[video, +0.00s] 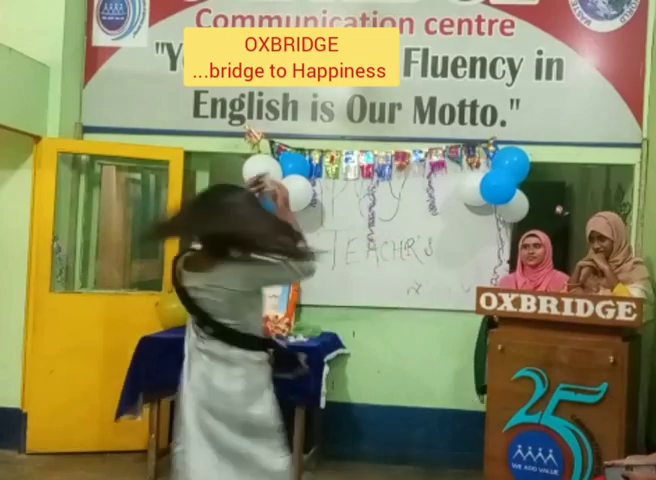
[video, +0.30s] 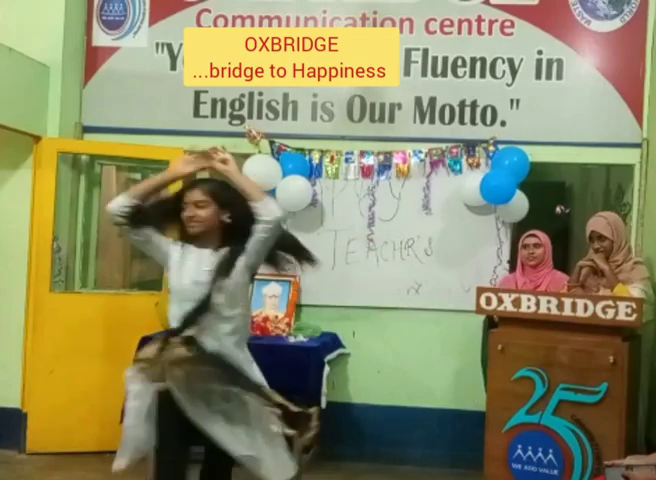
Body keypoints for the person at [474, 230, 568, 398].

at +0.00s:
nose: (531, 251)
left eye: (537, 246)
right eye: (526, 247)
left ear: (546, 251)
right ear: (520, 252)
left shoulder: (561, 281)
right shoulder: (507, 282)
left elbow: (566, 319)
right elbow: (496, 320)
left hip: (550, 352)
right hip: (513, 350)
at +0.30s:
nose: (531, 252)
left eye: (536, 246)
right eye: (526, 247)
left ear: (547, 251)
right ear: (519, 253)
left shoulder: (562, 281)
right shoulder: (507, 282)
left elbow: (566, 317)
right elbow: (497, 316)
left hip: (549, 348)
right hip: (512, 346)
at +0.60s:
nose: (531, 252)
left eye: (536, 247)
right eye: (525, 247)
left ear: (547, 251)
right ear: (519, 252)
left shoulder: (562, 281)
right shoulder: (508, 281)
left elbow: (566, 317)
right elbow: (497, 315)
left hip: (549, 348)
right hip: (512, 346)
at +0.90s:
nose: (531, 252)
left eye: (536, 247)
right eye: (526, 247)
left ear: (547, 251)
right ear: (519, 252)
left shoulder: (561, 281)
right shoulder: (508, 281)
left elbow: (564, 318)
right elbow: (497, 318)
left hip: (549, 349)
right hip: (513, 348)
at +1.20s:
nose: (532, 252)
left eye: (538, 246)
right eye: (527, 247)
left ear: (548, 250)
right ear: (521, 252)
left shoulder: (563, 281)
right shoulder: (509, 281)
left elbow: (567, 318)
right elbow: (499, 318)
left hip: (551, 349)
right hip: (515, 347)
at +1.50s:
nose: (535, 250)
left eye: (541, 245)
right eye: (530, 246)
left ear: (551, 249)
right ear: (523, 251)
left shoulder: (566, 280)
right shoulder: (511, 280)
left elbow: (570, 318)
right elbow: (500, 317)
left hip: (553, 349)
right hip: (516, 348)